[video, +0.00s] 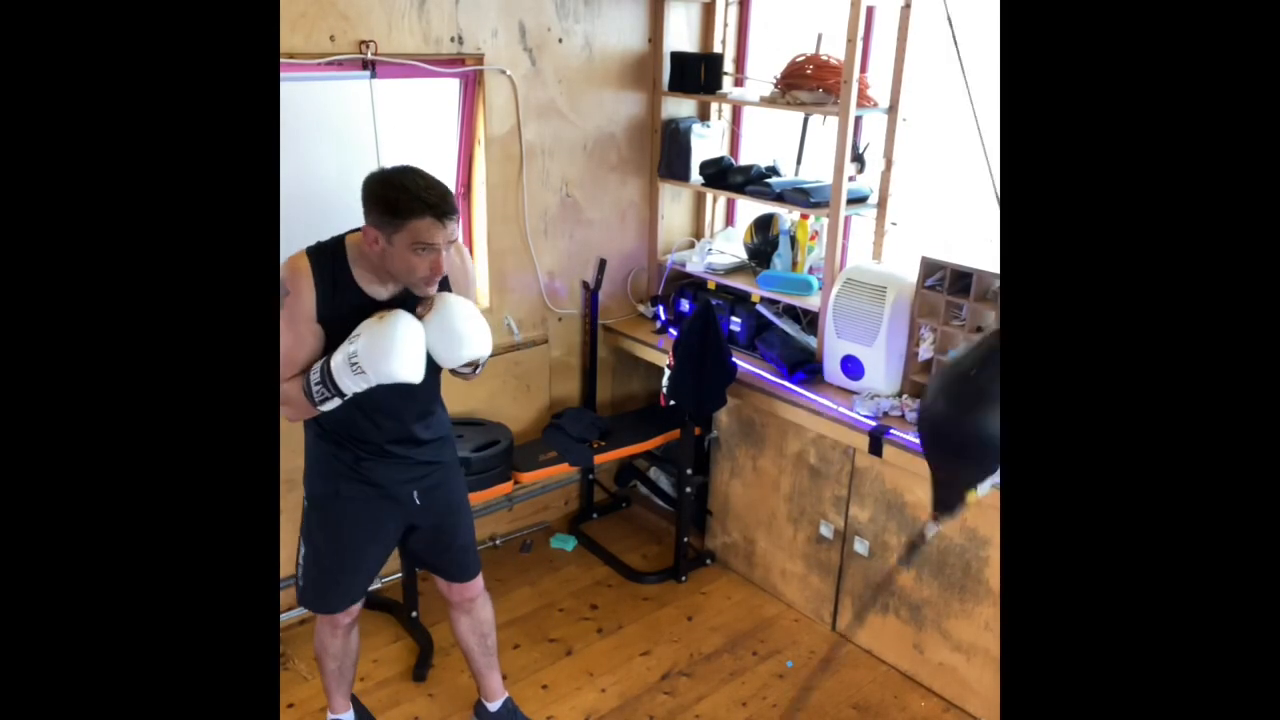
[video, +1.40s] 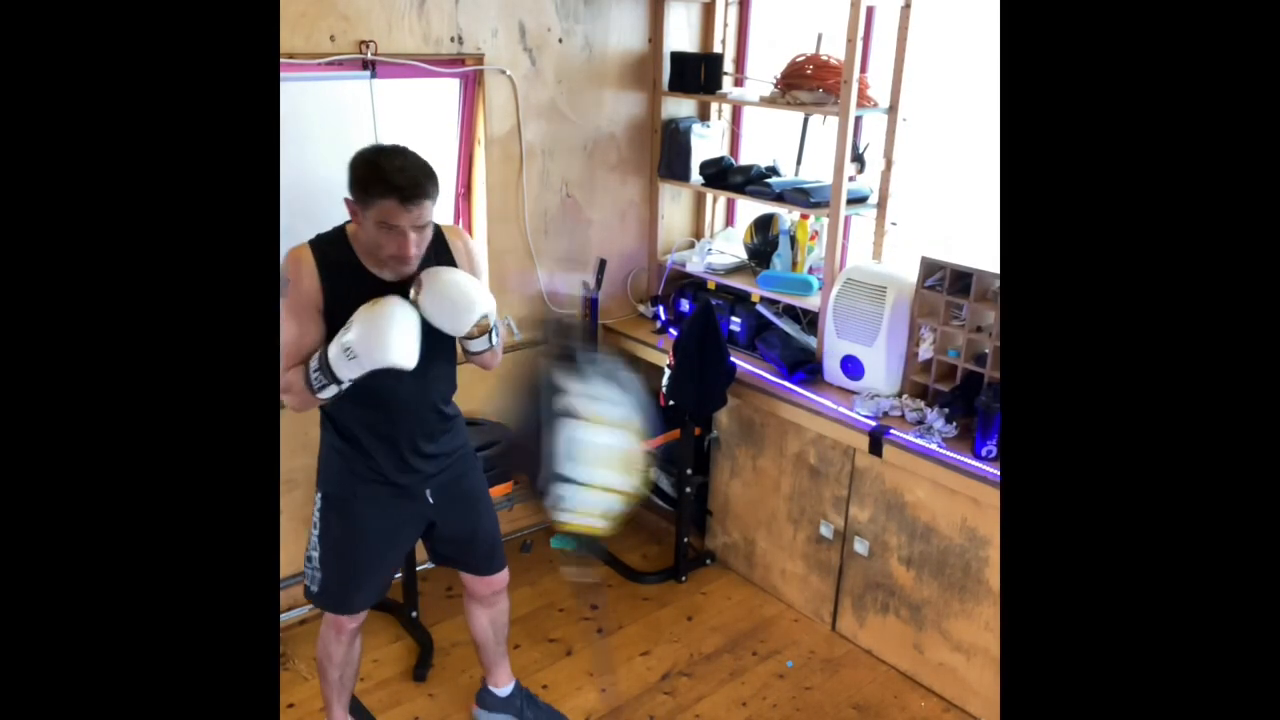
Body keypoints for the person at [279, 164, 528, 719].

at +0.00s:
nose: (441, 263)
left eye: (445, 246)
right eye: (424, 249)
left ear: (452, 237)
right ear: (372, 240)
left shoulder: (448, 263)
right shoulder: (304, 280)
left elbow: (468, 369)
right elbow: (286, 402)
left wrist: (468, 349)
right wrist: (344, 370)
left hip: (431, 460)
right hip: (347, 471)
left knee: (467, 587)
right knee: (339, 612)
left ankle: (495, 702)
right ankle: (341, 713)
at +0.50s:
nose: (432, 217)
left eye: (434, 200)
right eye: (416, 203)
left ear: (439, 194)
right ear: (363, 201)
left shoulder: (455, 251)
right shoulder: (303, 261)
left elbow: (489, 353)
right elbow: (286, 366)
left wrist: (448, 416)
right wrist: (295, 338)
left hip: (444, 451)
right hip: (355, 461)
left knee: (477, 593)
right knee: (350, 613)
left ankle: (497, 703)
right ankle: (347, 713)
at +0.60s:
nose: (467, 213)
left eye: (471, 197)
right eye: (456, 196)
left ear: (413, 193)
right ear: (404, 192)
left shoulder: (452, 256)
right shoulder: (343, 258)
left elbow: (476, 323)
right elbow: (373, 373)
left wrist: (482, 384)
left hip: (444, 460)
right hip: (368, 475)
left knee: (475, 593)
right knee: (354, 621)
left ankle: (496, 703)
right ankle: (344, 713)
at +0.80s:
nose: (491, 210)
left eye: (496, 195)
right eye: (480, 192)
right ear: (430, 185)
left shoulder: (437, 252)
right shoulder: (407, 254)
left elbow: (450, 336)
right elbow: (489, 353)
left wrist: (505, 328)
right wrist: (588, 315)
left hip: (452, 462)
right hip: (390, 476)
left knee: (478, 582)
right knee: (370, 623)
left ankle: (493, 699)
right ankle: (345, 713)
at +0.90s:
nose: (495, 211)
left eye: (501, 195)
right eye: (482, 194)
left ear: (503, 190)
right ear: (436, 185)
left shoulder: (457, 249)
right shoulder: (395, 264)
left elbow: (455, 355)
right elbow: (423, 389)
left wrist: (514, 326)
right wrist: (501, 339)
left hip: (459, 449)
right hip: (401, 464)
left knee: (486, 579)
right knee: (393, 613)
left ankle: (494, 699)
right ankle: (344, 711)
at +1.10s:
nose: (477, 210)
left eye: (483, 192)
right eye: (461, 194)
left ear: (489, 186)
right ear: (415, 189)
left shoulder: (484, 244)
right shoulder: (363, 260)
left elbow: (515, 337)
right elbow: (357, 388)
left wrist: (540, 289)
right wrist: (411, 325)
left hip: (478, 453)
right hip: (403, 466)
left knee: (489, 579)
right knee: (378, 616)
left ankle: (496, 697)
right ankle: (346, 712)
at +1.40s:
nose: (408, 245)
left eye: (419, 227)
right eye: (391, 230)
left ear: (433, 213)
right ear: (354, 216)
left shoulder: (455, 248)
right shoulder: (312, 267)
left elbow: (490, 360)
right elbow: (291, 391)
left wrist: (474, 326)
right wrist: (343, 358)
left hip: (446, 452)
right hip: (361, 464)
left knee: (490, 580)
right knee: (346, 616)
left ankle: (502, 693)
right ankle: (339, 715)